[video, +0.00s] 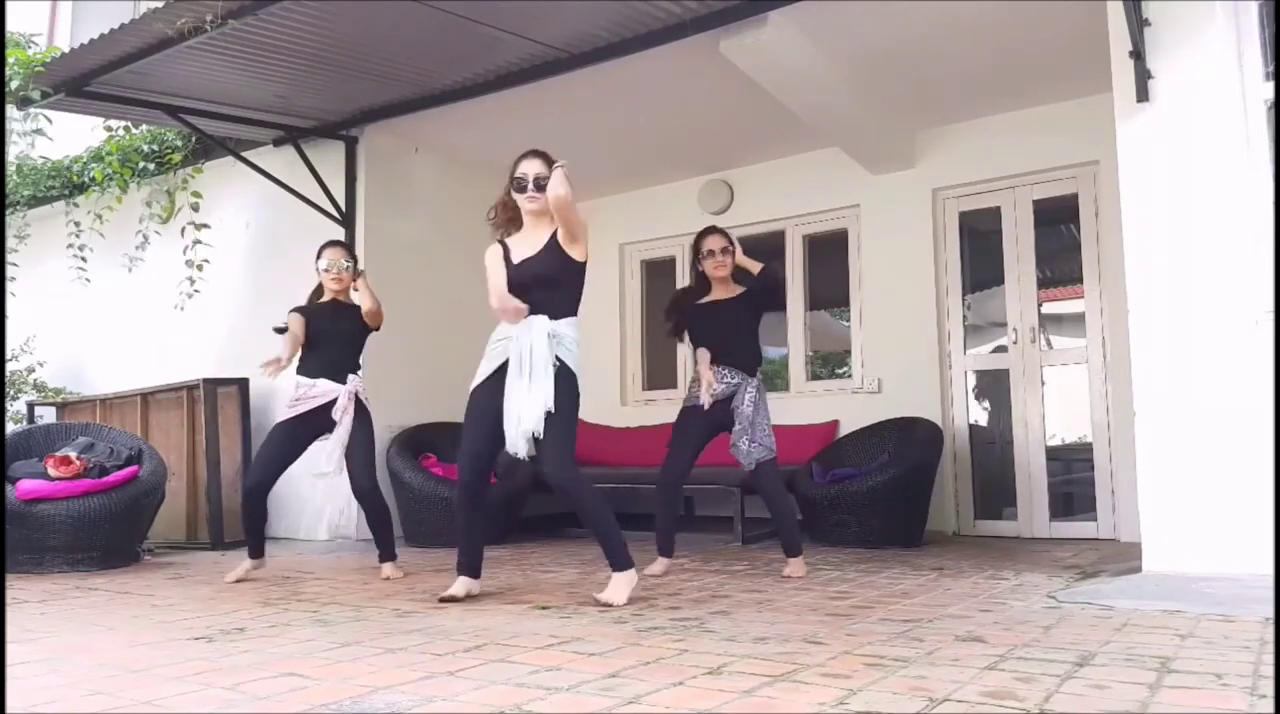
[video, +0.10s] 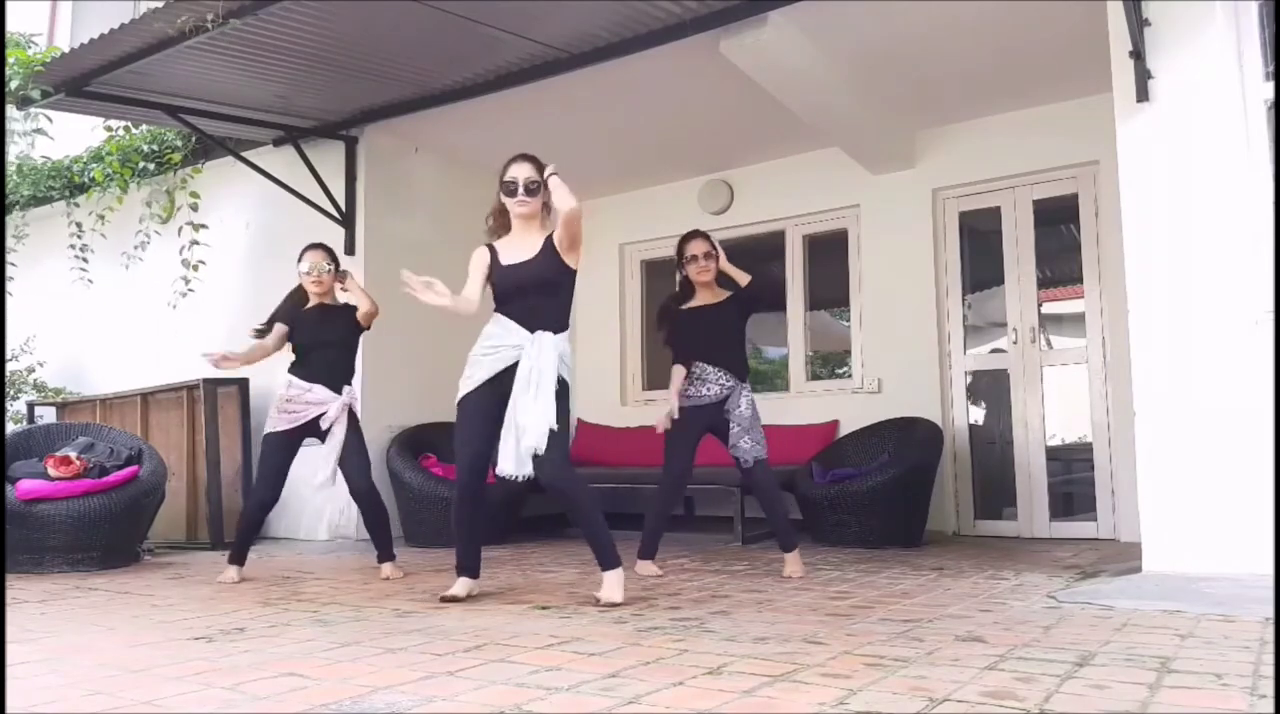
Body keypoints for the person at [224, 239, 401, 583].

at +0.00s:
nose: (335, 272)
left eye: (343, 266)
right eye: (328, 266)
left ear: (353, 274)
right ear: (317, 272)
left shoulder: (361, 314)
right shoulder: (303, 312)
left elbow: (373, 312)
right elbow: (293, 338)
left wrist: (363, 286)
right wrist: (284, 357)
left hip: (351, 404)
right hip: (308, 403)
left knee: (364, 484)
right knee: (254, 483)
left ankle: (388, 560)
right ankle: (255, 557)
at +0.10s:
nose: (315, 274)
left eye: (323, 268)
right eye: (307, 269)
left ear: (335, 275)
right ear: (299, 276)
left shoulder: (351, 315)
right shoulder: (295, 313)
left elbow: (370, 309)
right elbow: (269, 344)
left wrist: (350, 284)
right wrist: (240, 358)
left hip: (338, 407)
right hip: (294, 404)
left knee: (363, 486)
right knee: (266, 491)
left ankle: (387, 560)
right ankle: (235, 562)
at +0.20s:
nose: (302, 267)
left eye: (310, 260)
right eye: (295, 262)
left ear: (324, 268)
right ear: (287, 269)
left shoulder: (341, 308)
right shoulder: (284, 309)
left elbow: (370, 297)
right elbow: (243, 323)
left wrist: (344, 272)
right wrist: (198, 324)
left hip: (330, 403)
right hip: (286, 401)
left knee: (370, 473)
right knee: (261, 490)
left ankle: (384, 552)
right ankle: (234, 564)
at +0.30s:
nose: (299, 263)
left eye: (306, 256)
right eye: (291, 258)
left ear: (321, 261)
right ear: (284, 264)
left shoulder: (338, 304)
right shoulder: (279, 305)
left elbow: (371, 289)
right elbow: (227, 303)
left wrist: (343, 265)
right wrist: (183, 295)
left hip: (324, 399)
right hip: (281, 397)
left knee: (372, 464)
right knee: (256, 485)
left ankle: (357, 549)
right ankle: (230, 562)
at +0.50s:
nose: (311, 264)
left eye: (319, 257)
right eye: (304, 258)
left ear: (334, 265)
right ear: (297, 263)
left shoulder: (345, 306)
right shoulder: (283, 300)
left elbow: (373, 301)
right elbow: (252, 319)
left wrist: (350, 270)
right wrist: (224, 336)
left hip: (324, 399)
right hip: (280, 396)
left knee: (370, 467)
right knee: (253, 481)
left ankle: (356, 553)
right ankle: (236, 564)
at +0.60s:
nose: (326, 270)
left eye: (334, 265)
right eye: (319, 263)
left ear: (345, 275)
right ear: (309, 269)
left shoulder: (347, 316)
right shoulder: (289, 306)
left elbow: (376, 313)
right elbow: (276, 338)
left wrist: (358, 280)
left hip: (334, 403)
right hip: (292, 401)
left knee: (363, 483)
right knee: (254, 486)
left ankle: (389, 558)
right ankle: (243, 564)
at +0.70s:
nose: (337, 272)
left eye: (345, 266)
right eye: (330, 266)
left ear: (357, 275)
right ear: (321, 271)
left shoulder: (360, 317)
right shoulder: (301, 303)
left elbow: (384, 308)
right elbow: (298, 320)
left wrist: (372, 279)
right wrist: (312, 324)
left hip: (347, 407)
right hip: (306, 407)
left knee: (366, 488)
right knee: (258, 491)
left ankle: (395, 560)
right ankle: (244, 562)